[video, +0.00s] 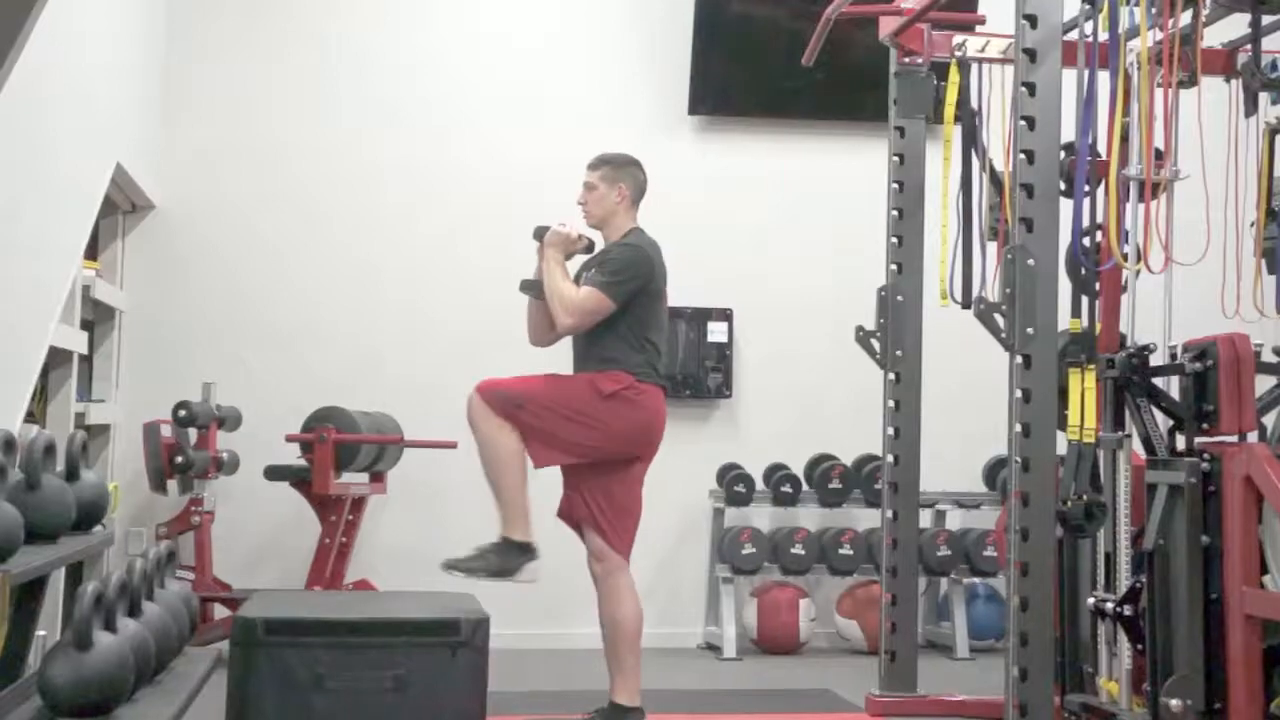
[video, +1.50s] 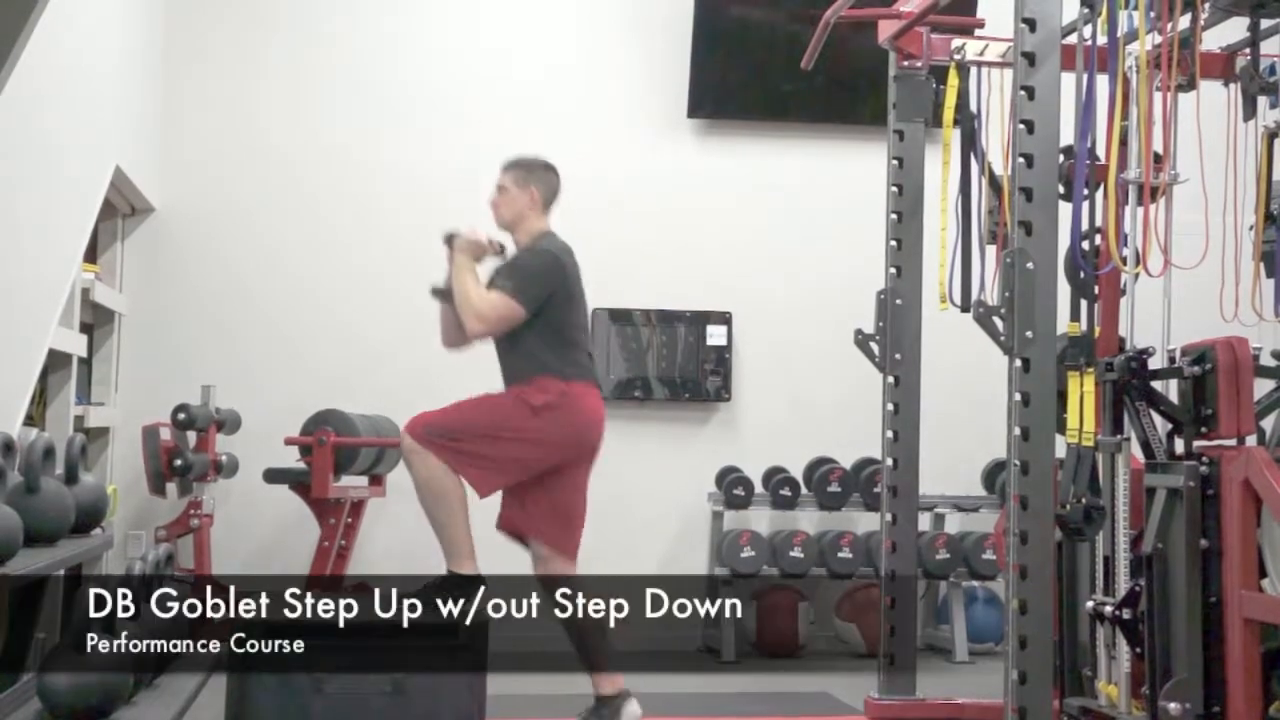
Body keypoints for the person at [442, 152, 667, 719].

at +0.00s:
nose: (581, 196)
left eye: (590, 187)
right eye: (583, 186)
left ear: (622, 193)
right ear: (616, 194)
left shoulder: (635, 252)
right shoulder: (606, 257)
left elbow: (569, 316)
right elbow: (540, 332)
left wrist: (555, 257)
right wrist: (545, 266)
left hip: (624, 400)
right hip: (619, 410)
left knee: (489, 403)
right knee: (608, 559)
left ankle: (516, 542)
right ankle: (625, 704)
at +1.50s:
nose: (493, 199)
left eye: (503, 189)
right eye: (495, 189)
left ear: (533, 197)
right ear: (527, 198)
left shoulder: (548, 257)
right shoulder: (523, 263)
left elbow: (481, 319)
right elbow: (456, 336)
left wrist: (462, 259)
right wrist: (457, 272)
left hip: (558, 405)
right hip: (570, 413)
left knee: (421, 438)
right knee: (553, 563)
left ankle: (464, 578)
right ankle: (612, 695)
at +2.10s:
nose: (449, 58)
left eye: (456, 46)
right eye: (451, 47)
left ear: (487, 46)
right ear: (491, 49)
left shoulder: (501, 106)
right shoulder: (491, 108)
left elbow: (427, 172)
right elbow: (445, 188)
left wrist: (425, 106)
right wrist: (425, 145)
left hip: (493, 278)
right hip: (461, 257)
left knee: (460, 432)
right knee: (369, 204)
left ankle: (464, 582)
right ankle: (358, 337)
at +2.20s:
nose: (448, 56)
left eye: (456, 45)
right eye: (449, 46)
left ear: (487, 47)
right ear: (488, 50)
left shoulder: (499, 106)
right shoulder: (485, 108)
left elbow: (422, 178)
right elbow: (432, 189)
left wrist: (421, 107)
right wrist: (425, 132)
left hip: (493, 278)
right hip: (458, 258)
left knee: (459, 432)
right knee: (361, 216)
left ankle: (464, 581)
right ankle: (367, 354)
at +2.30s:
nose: (449, 57)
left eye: (457, 45)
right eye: (451, 46)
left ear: (488, 47)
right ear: (489, 47)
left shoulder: (502, 105)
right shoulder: (483, 109)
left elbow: (428, 172)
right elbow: (420, 197)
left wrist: (420, 107)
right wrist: (425, 121)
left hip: (494, 282)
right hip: (455, 269)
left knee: (462, 433)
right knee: (355, 275)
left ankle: (465, 582)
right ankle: (412, 399)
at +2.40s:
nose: (449, 61)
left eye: (457, 49)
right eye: (450, 50)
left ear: (490, 49)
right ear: (493, 51)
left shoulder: (500, 107)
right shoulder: (483, 114)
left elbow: (427, 175)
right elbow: (422, 198)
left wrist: (422, 111)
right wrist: (424, 130)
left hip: (499, 283)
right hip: (467, 278)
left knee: (454, 430)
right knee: (375, 357)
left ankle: (463, 583)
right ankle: (471, 463)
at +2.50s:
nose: (448, 67)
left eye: (457, 56)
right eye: (450, 56)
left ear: (489, 58)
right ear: (490, 59)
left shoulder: (503, 118)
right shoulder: (490, 124)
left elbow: (429, 186)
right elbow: (417, 207)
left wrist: (422, 120)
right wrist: (420, 135)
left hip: (505, 290)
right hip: (495, 289)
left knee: (439, 425)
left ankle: (462, 580)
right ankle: (518, 533)